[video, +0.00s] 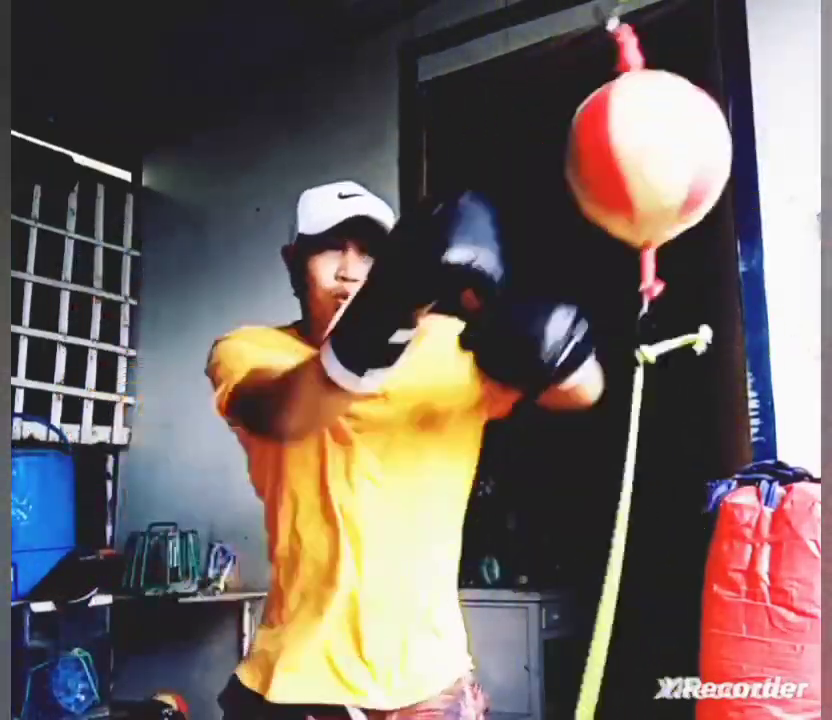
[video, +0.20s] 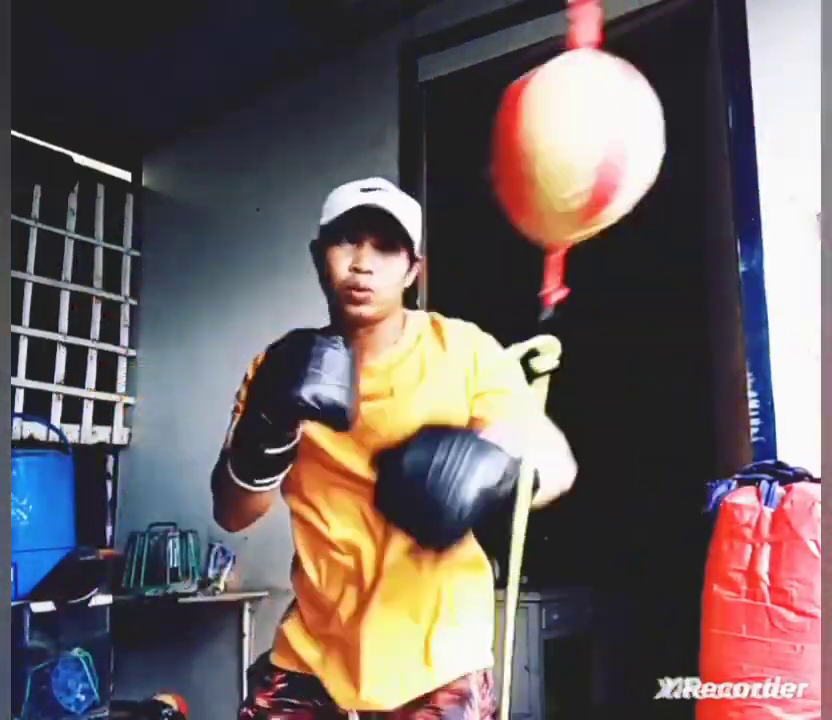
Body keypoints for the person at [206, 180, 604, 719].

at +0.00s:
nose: (349, 269)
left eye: (369, 250)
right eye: (330, 248)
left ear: (394, 266)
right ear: (297, 265)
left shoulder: (460, 348)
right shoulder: (249, 352)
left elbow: (582, 391)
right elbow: (285, 417)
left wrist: (560, 349)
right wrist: (376, 318)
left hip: (431, 684)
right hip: (294, 687)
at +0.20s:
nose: (360, 263)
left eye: (384, 247)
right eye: (344, 241)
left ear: (412, 268)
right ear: (320, 258)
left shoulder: (467, 352)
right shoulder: (286, 368)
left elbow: (555, 462)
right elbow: (234, 514)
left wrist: (489, 471)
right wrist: (271, 423)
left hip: (442, 668)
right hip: (315, 659)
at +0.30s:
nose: (301, 282)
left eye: (322, 261)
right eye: (284, 263)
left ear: (356, 271)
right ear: (263, 281)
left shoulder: (435, 370)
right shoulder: (267, 381)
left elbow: (493, 500)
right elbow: (239, 539)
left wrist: (421, 583)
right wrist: (254, 424)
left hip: (444, 675)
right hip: (320, 675)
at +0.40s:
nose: (257, 314)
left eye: (274, 297)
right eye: (238, 301)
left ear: (304, 312)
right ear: (217, 325)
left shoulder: (388, 381)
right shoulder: (222, 436)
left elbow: (465, 497)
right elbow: (238, 571)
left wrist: (382, 593)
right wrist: (245, 459)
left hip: (435, 671)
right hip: (326, 684)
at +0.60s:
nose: (285, 323)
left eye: (301, 302)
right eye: (263, 304)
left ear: (324, 315)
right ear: (237, 328)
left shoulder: (400, 392)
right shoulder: (222, 448)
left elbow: (461, 520)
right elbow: (249, 589)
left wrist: (370, 618)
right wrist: (261, 491)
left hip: (430, 684)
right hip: (306, 690)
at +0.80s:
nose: (390, 272)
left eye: (404, 257)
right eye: (367, 257)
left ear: (423, 270)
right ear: (329, 280)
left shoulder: (456, 382)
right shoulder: (281, 361)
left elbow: (484, 518)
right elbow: (295, 446)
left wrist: (414, 583)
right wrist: (389, 330)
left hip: (444, 682)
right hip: (313, 687)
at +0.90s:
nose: (395, 273)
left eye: (412, 257)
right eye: (374, 255)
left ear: (433, 275)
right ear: (338, 275)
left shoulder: (470, 386)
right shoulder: (283, 352)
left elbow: (483, 531)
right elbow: (340, 393)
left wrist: (398, 608)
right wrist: (428, 324)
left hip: (446, 683)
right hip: (314, 684)